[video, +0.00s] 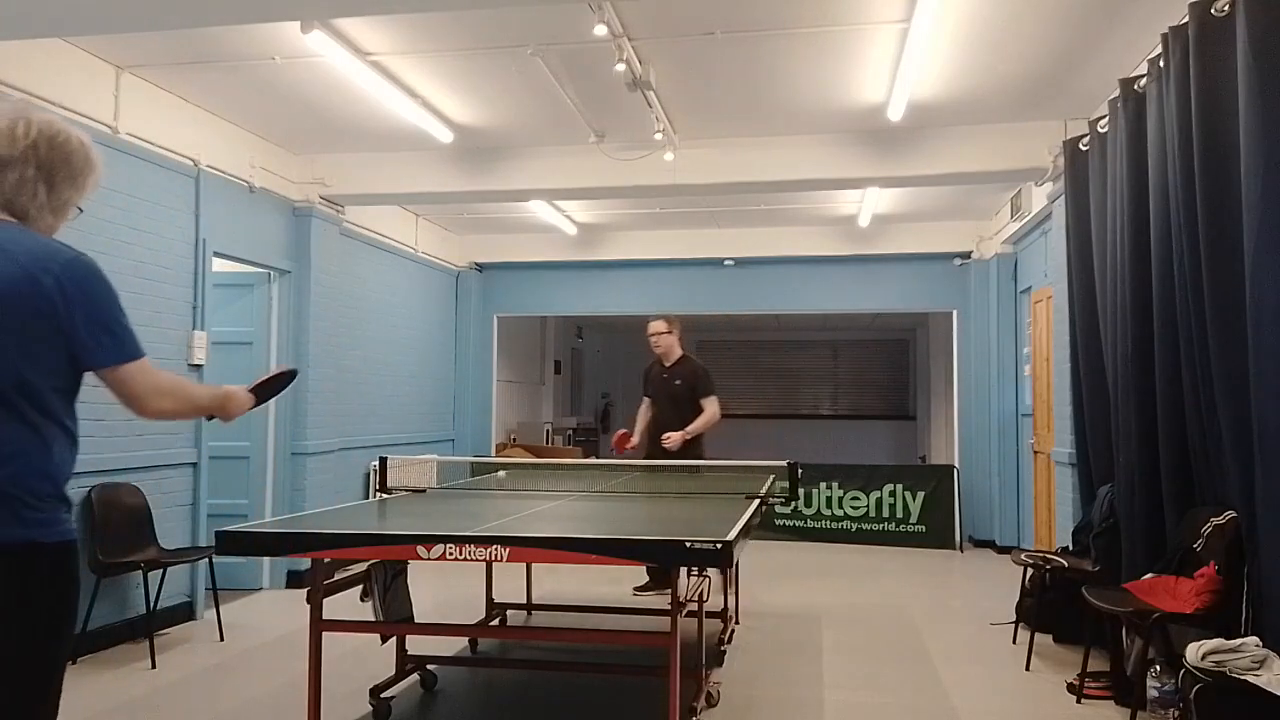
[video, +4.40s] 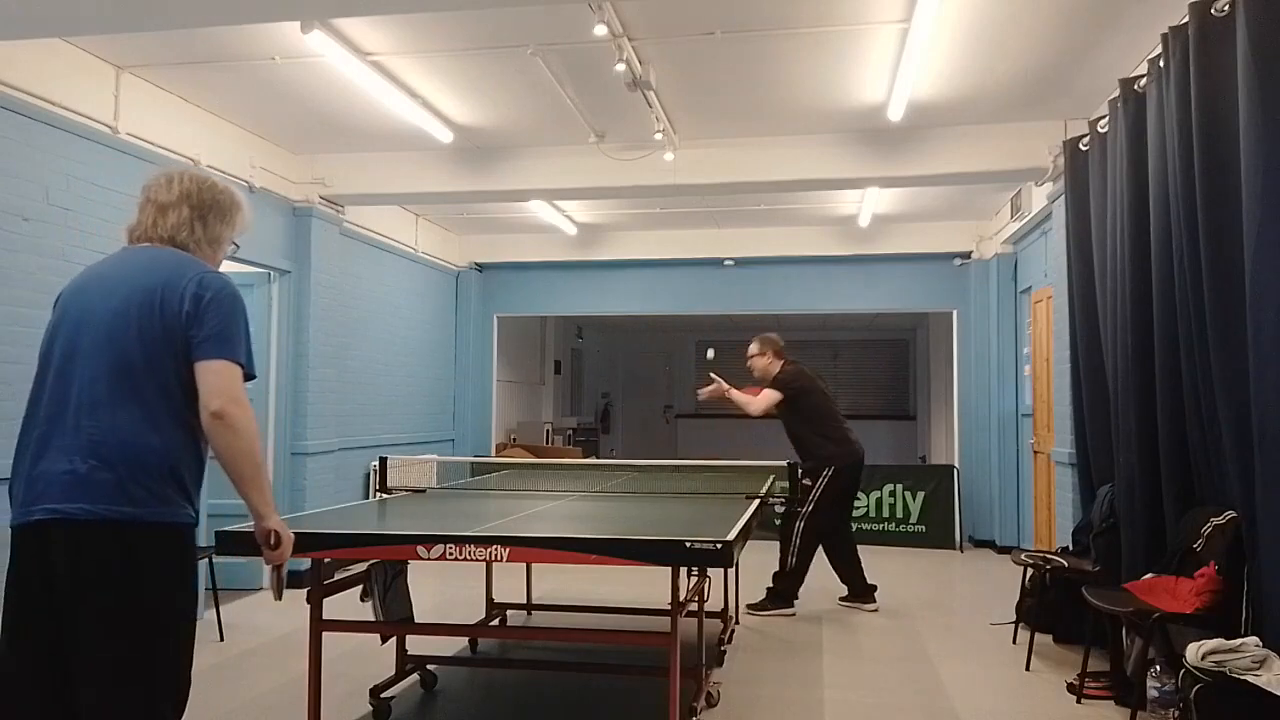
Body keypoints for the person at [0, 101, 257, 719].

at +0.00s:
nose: (75, 208)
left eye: (78, 194)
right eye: (72, 194)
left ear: (5, 176)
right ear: (51, 192)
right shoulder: (57, 270)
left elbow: (145, 391)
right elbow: (145, 393)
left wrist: (210, 400)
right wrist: (218, 400)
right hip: (25, 544)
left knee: (25, 700)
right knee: (27, 705)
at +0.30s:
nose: (105, 228)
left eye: (108, 218)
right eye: (104, 216)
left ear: (14, 187)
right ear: (86, 211)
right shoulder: (90, 278)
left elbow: (151, 415)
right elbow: (150, 417)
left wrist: (205, 467)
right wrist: (207, 471)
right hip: (48, 541)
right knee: (43, 704)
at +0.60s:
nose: (132, 249)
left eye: (136, 238)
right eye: (132, 235)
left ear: (50, 213)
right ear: (107, 224)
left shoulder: (8, 268)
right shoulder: (110, 280)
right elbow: (118, 396)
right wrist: (161, 515)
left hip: (8, 530)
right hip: (71, 540)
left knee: (14, 697)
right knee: (73, 703)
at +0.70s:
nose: (140, 250)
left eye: (144, 238)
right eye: (140, 236)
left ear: (60, 215)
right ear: (115, 224)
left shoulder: (12, 274)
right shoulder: (114, 277)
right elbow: (120, 388)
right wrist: (169, 507)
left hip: (9, 526)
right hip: (78, 533)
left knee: (18, 692)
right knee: (91, 697)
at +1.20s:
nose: (191, 249)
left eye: (194, 237)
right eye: (191, 236)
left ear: (110, 218)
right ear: (172, 227)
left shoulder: (49, 287)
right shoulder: (176, 281)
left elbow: (51, 405)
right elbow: (200, 406)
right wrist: (245, 504)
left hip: (39, 531)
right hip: (136, 530)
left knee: (46, 697)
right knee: (149, 698)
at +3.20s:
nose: (202, 262)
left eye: (206, 250)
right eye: (202, 248)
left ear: (121, 224)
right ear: (177, 233)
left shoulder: (53, 288)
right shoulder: (177, 285)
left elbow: (32, 406)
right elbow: (188, 406)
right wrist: (237, 516)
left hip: (18, 541)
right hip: (116, 543)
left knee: (28, 705)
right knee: (143, 707)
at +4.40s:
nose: (225, 259)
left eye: (230, 247)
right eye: (226, 245)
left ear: (149, 222)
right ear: (205, 233)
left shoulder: (81, 283)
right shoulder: (205, 285)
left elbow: (60, 397)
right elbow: (221, 407)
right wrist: (265, 512)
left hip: (40, 525)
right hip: (138, 526)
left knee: (36, 690)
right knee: (140, 697)